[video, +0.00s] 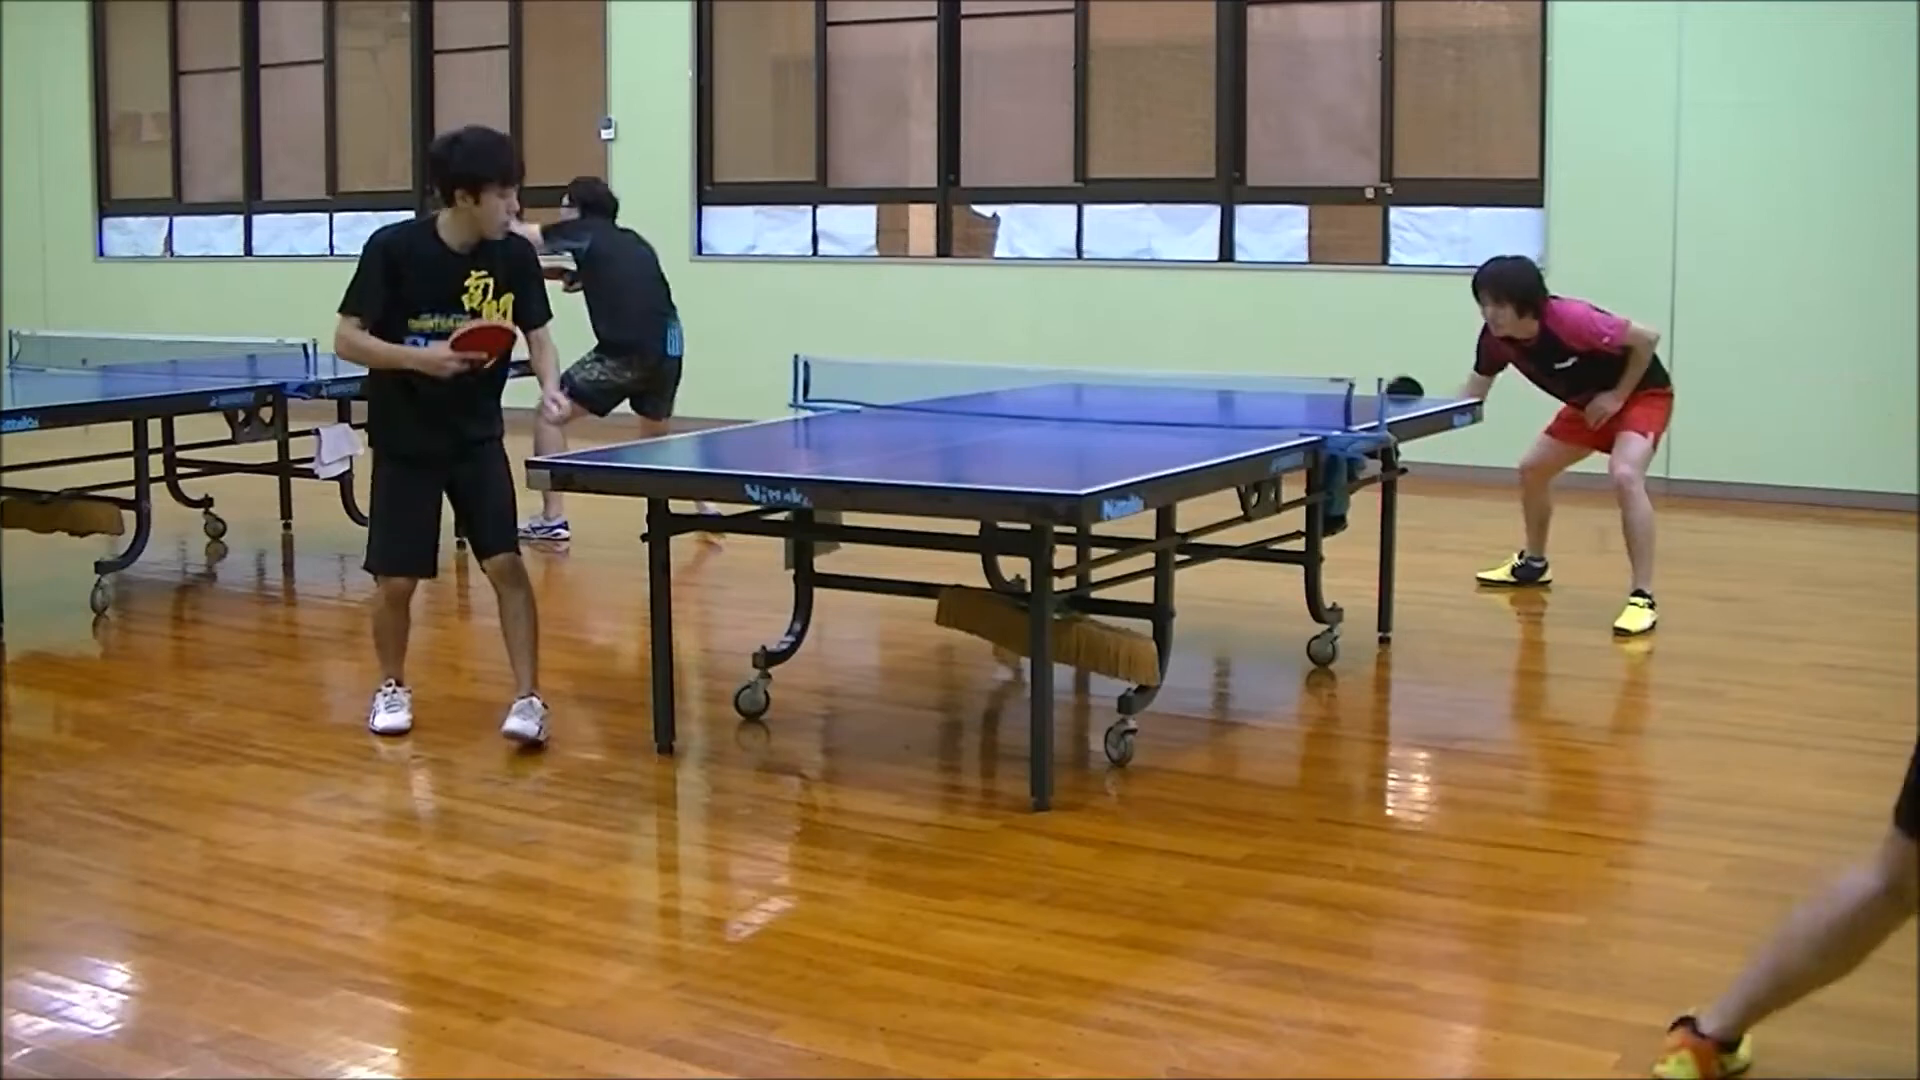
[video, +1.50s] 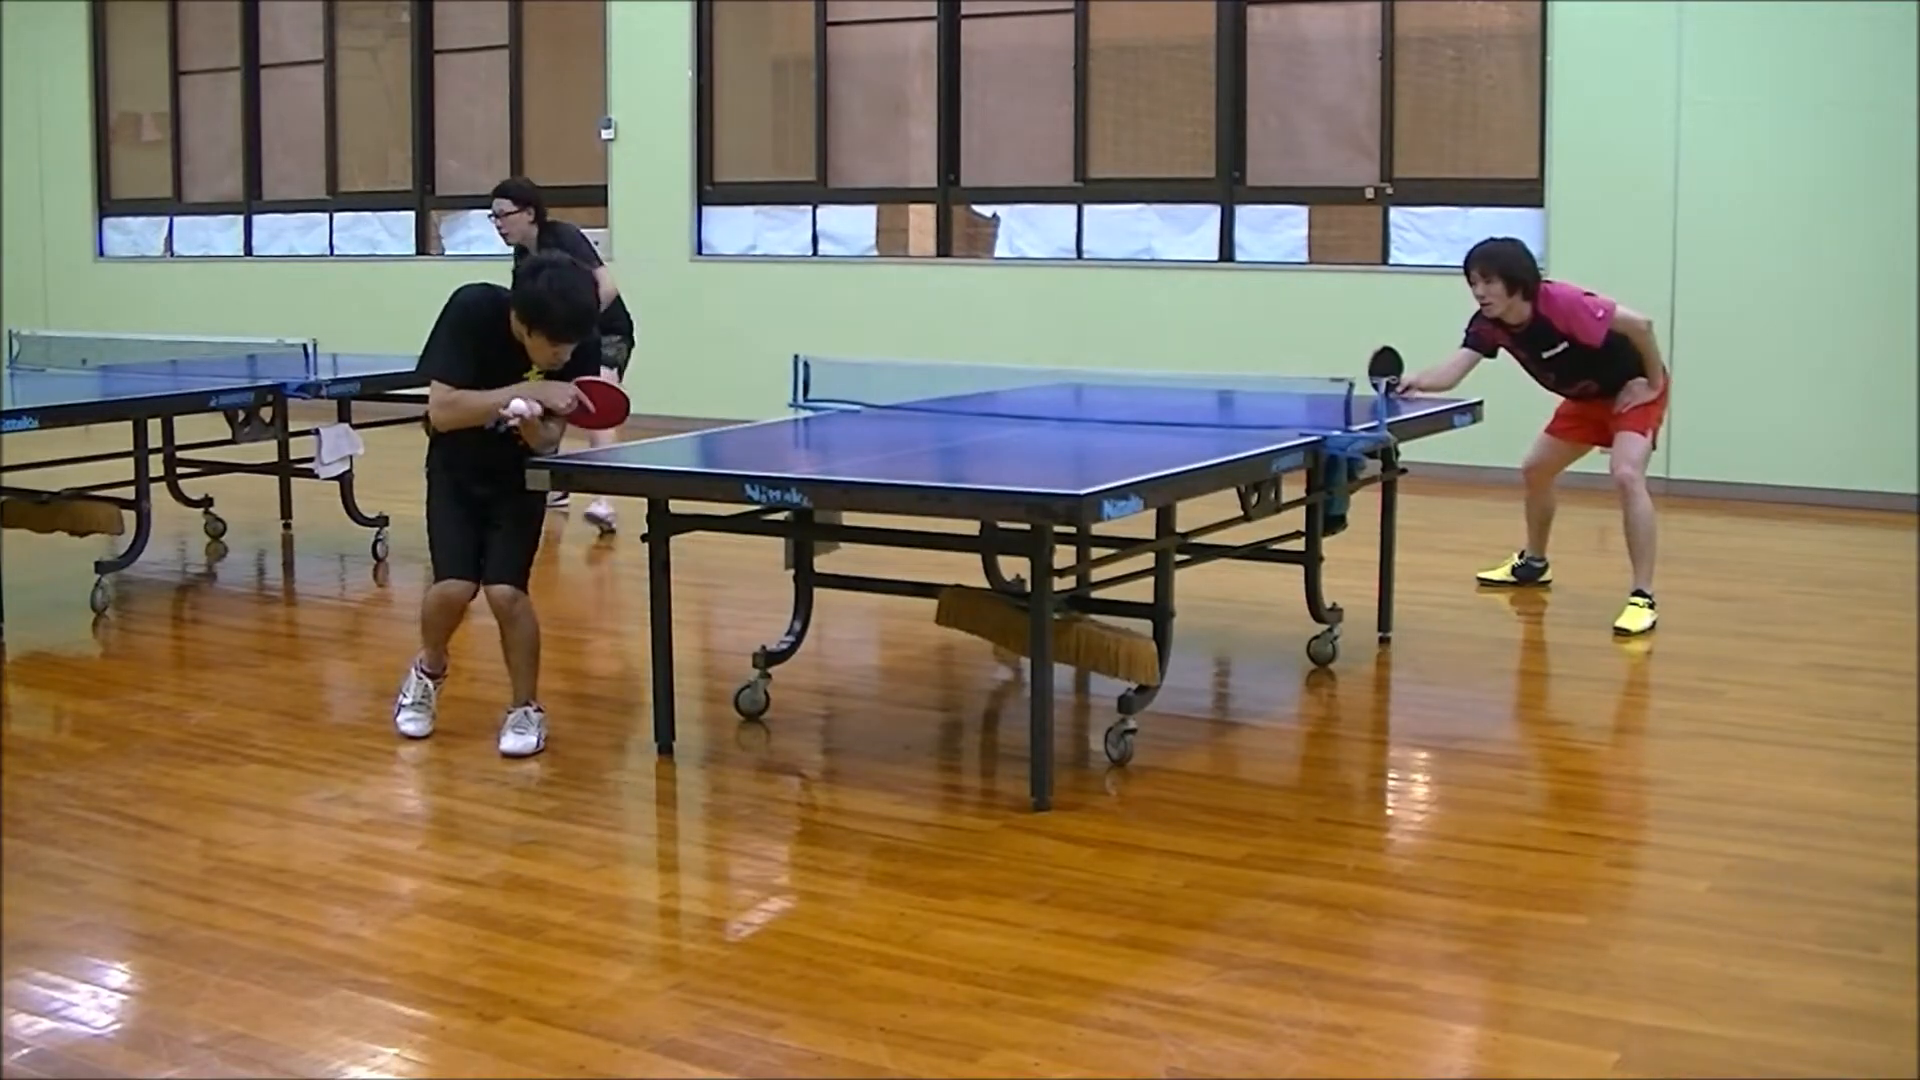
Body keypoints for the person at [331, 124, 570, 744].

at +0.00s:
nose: (511, 205)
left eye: (512, 193)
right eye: (502, 194)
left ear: (495, 194)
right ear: (463, 195)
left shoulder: (512, 253)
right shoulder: (392, 249)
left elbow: (538, 333)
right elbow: (347, 339)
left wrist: (549, 386)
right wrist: (418, 357)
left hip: (477, 440)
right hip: (404, 444)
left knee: (506, 565)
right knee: (396, 583)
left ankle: (527, 698)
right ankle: (391, 687)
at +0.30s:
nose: (523, 294)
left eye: (532, 281)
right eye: (513, 281)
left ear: (542, 268)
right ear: (479, 264)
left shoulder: (542, 308)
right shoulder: (422, 283)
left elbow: (560, 397)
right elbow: (381, 377)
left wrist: (571, 431)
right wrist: (448, 383)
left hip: (496, 461)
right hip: (423, 457)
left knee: (494, 574)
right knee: (403, 598)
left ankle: (525, 707)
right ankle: (394, 688)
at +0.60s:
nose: (547, 329)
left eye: (556, 318)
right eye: (538, 317)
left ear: (569, 304)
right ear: (505, 297)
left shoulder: (571, 326)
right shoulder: (456, 298)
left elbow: (568, 419)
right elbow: (429, 394)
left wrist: (544, 425)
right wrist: (516, 385)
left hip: (515, 468)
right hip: (449, 462)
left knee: (500, 586)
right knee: (424, 593)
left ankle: (524, 709)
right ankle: (413, 667)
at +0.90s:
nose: (553, 352)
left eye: (564, 342)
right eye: (543, 340)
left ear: (579, 325)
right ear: (514, 315)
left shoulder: (582, 338)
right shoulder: (469, 306)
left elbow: (551, 438)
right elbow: (443, 409)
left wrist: (531, 421)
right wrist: (535, 392)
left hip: (524, 465)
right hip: (457, 456)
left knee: (502, 592)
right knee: (449, 591)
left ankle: (525, 710)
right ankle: (423, 671)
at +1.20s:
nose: (563, 359)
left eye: (572, 348)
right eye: (553, 346)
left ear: (583, 333)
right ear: (518, 323)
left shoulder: (582, 346)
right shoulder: (471, 310)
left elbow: (550, 441)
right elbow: (443, 414)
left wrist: (529, 420)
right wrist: (532, 394)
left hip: (524, 467)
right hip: (457, 458)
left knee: (503, 593)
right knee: (455, 589)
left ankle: (525, 709)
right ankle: (428, 671)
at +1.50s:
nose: (563, 357)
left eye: (572, 347)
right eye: (554, 346)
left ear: (582, 329)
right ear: (520, 323)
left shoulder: (581, 338)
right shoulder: (470, 310)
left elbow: (553, 436)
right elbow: (440, 414)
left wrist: (536, 430)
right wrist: (530, 392)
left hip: (521, 462)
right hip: (455, 456)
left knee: (505, 591)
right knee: (455, 587)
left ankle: (524, 709)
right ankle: (428, 671)